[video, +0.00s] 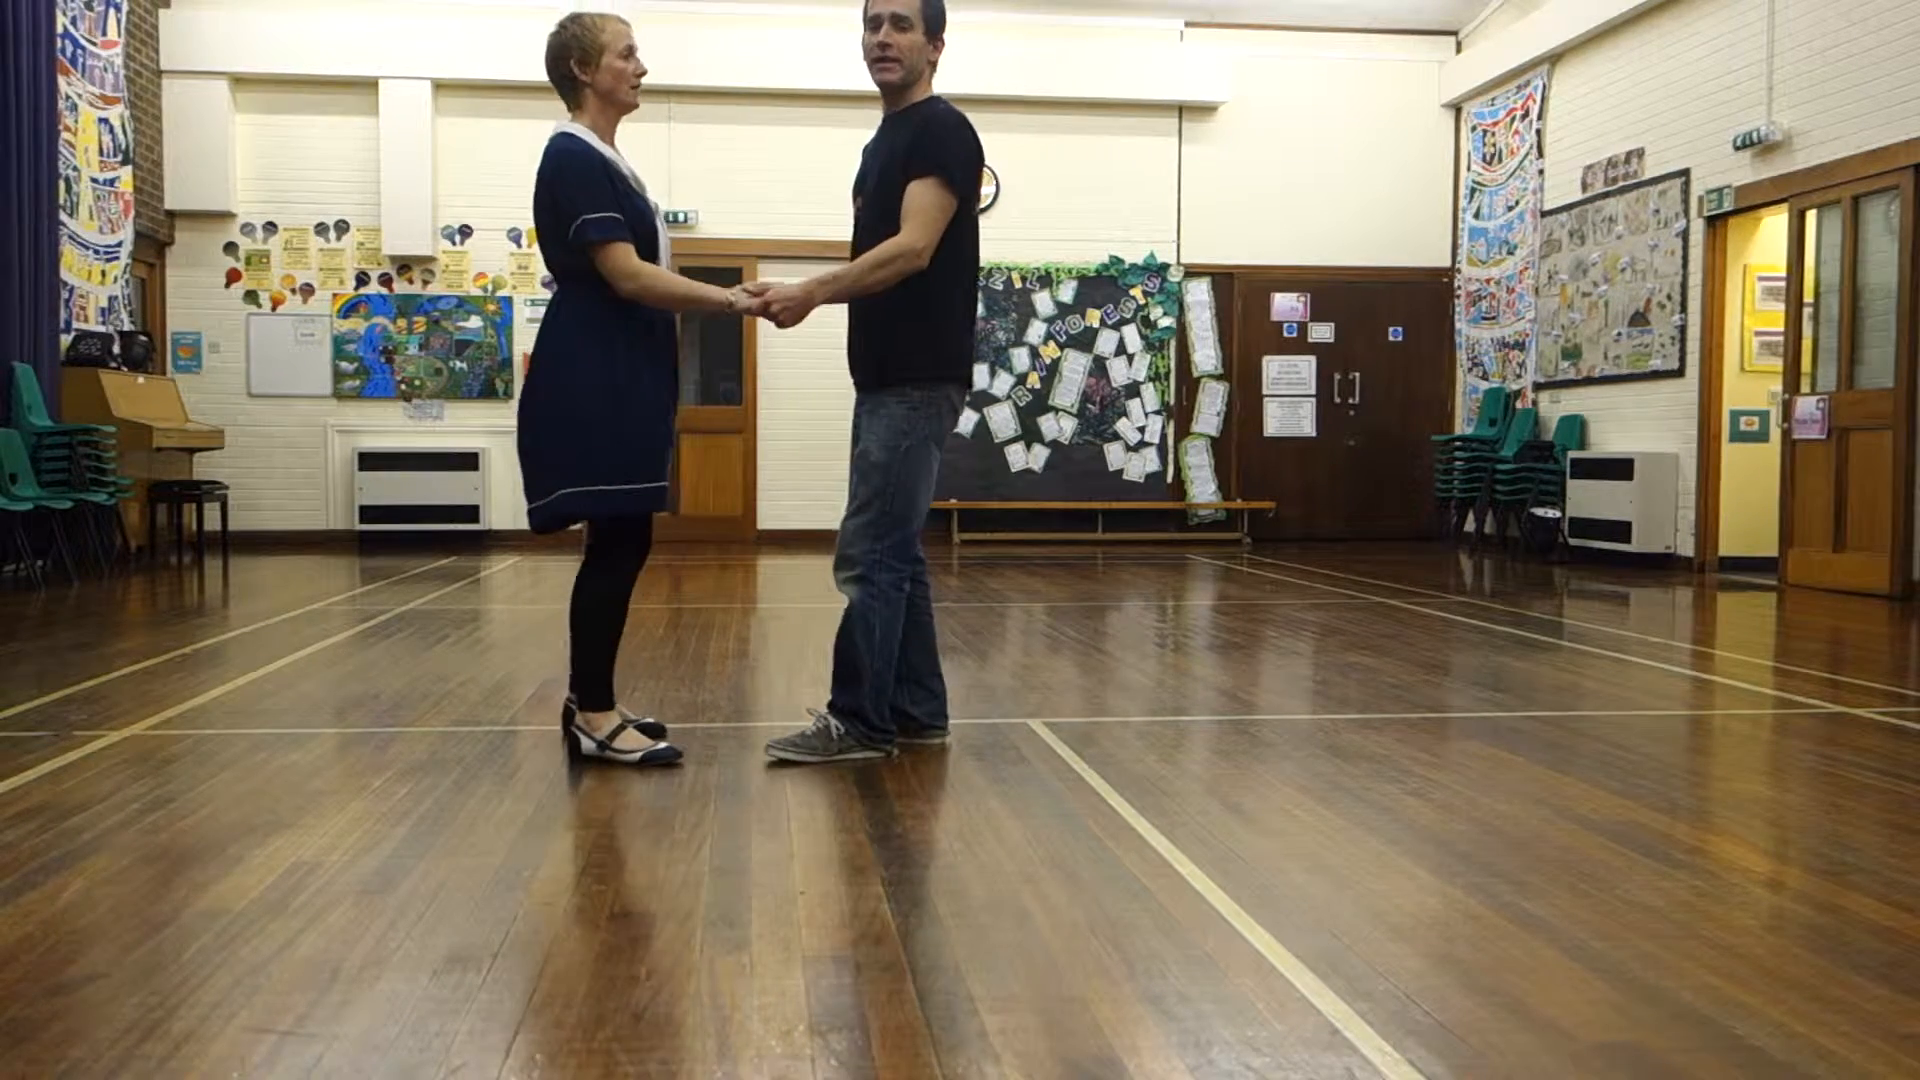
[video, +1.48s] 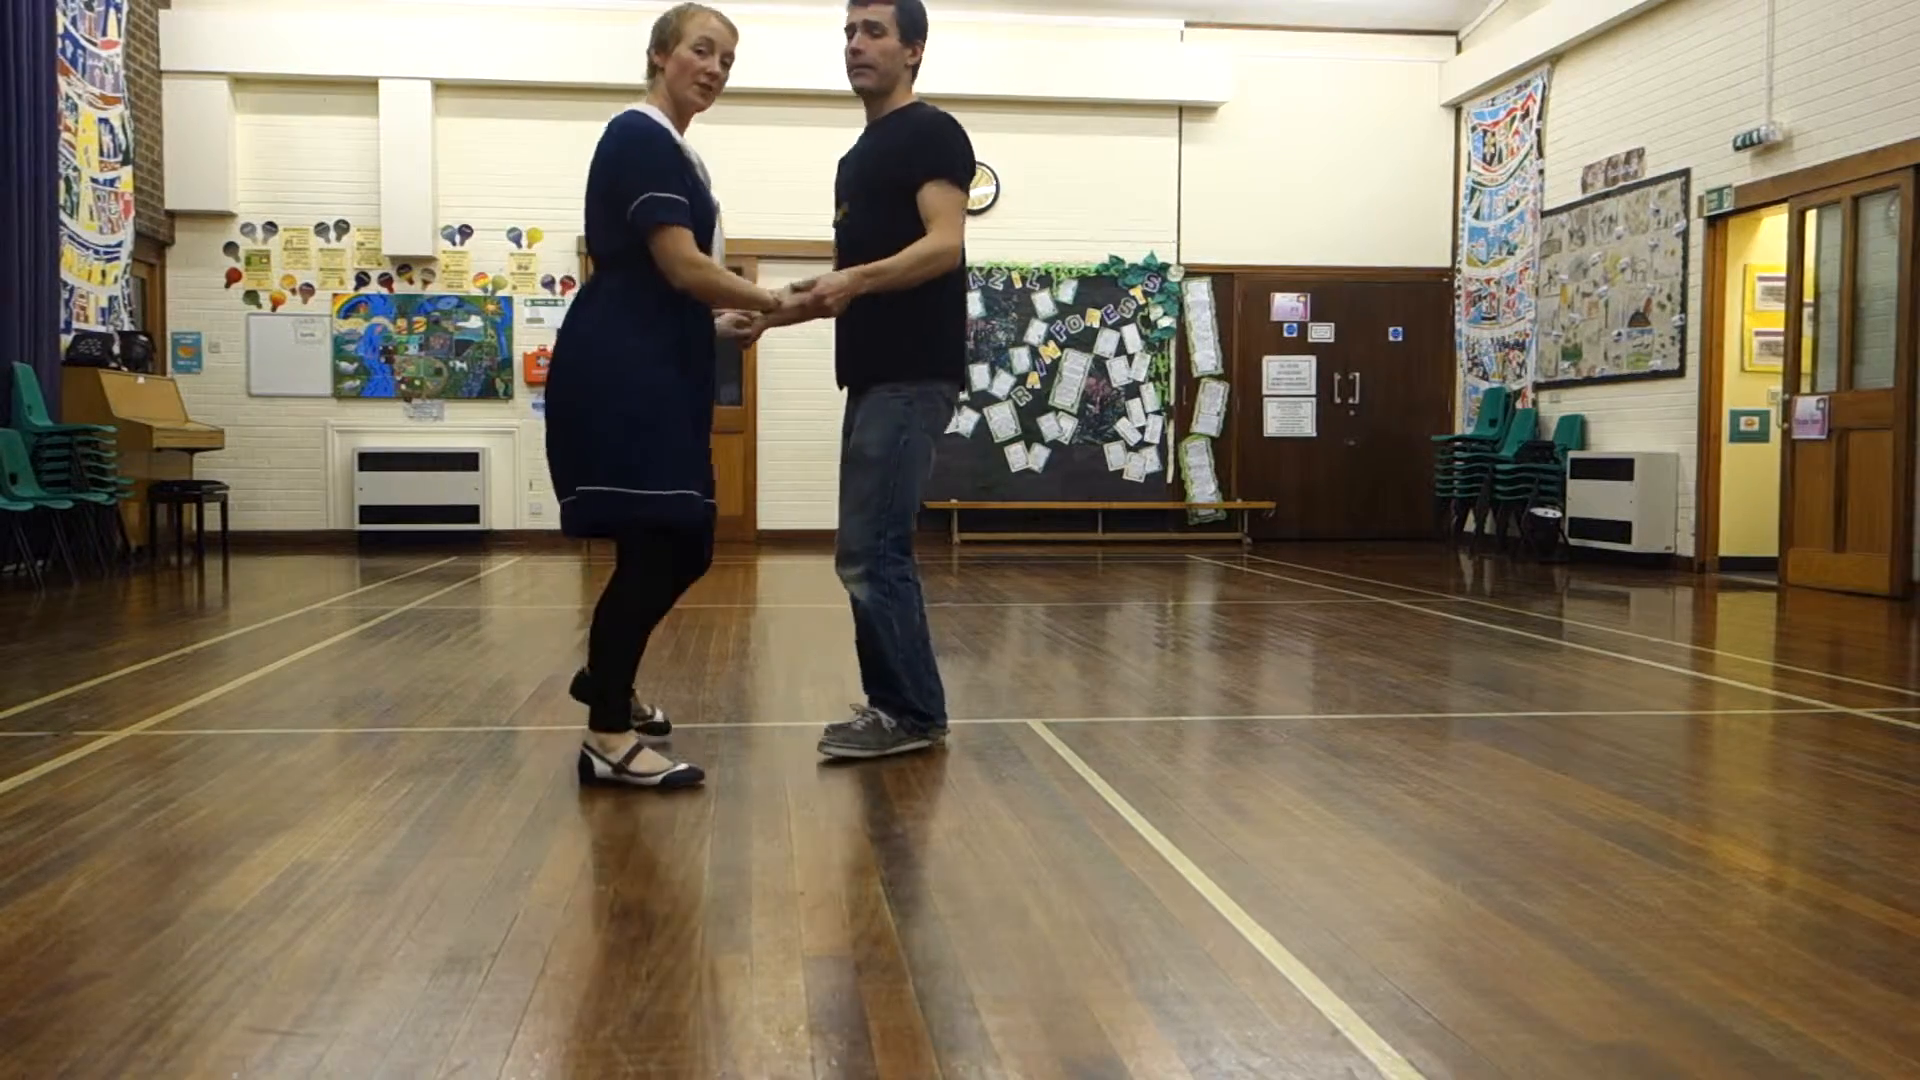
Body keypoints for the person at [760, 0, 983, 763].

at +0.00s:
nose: (881, 39)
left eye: (900, 25)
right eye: (872, 26)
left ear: (935, 45)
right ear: (862, 40)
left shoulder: (939, 129)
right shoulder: (887, 138)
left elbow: (915, 247)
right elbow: (885, 257)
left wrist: (812, 292)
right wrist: (809, 290)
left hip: (918, 378)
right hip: (888, 377)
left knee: (871, 556)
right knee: (892, 552)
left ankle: (859, 720)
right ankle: (917, 709)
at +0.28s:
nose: (871, 42)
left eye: (889, 28)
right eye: (863, 30)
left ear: (926, 44)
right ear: (857, 43)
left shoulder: (933, 130)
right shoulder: (891, 137)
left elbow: (912, 247)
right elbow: (882, 256)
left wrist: (811, 295)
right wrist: (809, 295)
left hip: (913, 381)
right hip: (890, 380)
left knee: (860, 554)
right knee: (892, 551)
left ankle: (858, 718)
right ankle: (917, 709)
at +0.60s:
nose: (855, 42)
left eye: (873, 27)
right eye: (848, 29)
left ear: (913, 45)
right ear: (845, 40)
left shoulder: (915, 127)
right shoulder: (885, 134)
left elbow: (894, 245)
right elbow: (872, 256)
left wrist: (796, 285)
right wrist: (799, 289)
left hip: (897, 378)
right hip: (883, 376)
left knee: (850, 553)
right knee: (887, 551)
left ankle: (855, 721)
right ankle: (916, 710)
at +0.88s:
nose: (832, 40)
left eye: (848, 28)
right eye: (832, 28)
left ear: (897, 44)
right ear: (870, 47)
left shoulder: (904, 126)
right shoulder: (882, 132)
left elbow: (902, 243)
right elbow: (886, 261)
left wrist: (799, 261)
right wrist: (804, 284)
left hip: (886, 378)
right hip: (882, 374)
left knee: (843, 554)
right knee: (884, 549)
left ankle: (856, 720)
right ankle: (915, 708)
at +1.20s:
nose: (833, 47)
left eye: (848, 34)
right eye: (835, 33)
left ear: (895, 48)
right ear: (875, 49)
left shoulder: (910, 129)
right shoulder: (880, 139)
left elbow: (927, 241)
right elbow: (878, 282)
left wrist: (822, 254)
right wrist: (793, 297)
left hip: (892, 383)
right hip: (880, 381)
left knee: (831, 552)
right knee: (877, 552)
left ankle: (855, 716)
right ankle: (914, 708)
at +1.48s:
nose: (856, 45)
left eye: (873, 32)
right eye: (850, 32)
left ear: (913, 50)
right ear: (844, 48)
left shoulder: (930, 129)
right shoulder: (858, 154)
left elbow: (948, 244)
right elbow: (855, 271)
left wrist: (857, 281)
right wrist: (776, 311)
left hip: (913, 375)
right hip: (875, 375)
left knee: (870, 555)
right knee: (871, 553)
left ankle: (912, 714)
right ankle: (899, 707)